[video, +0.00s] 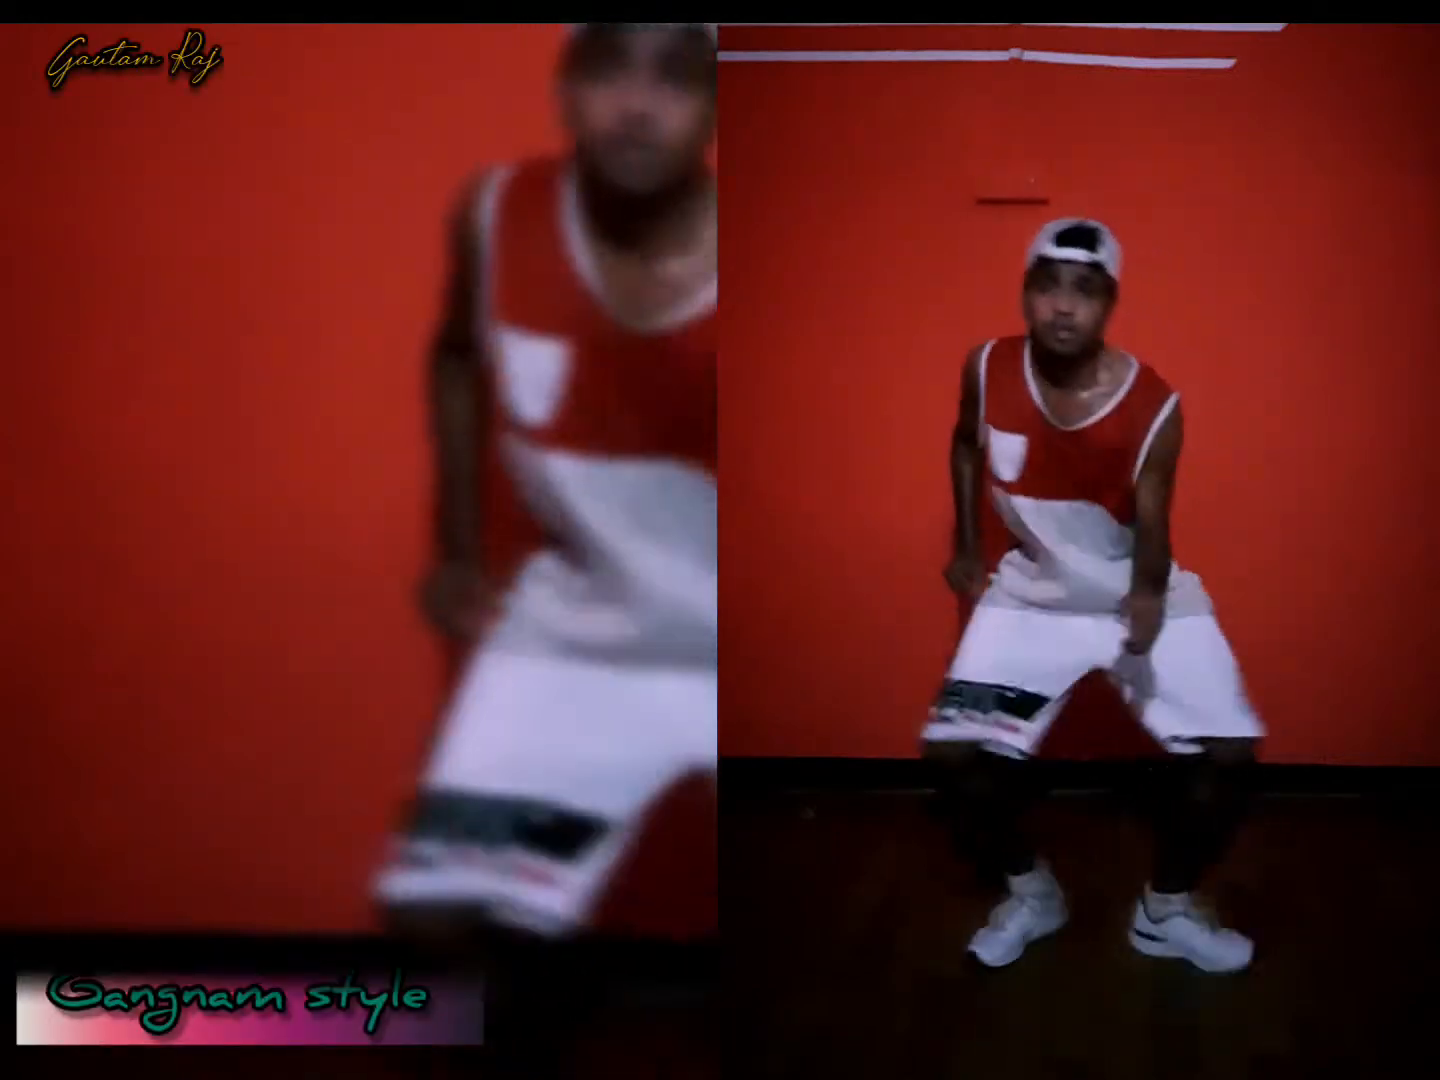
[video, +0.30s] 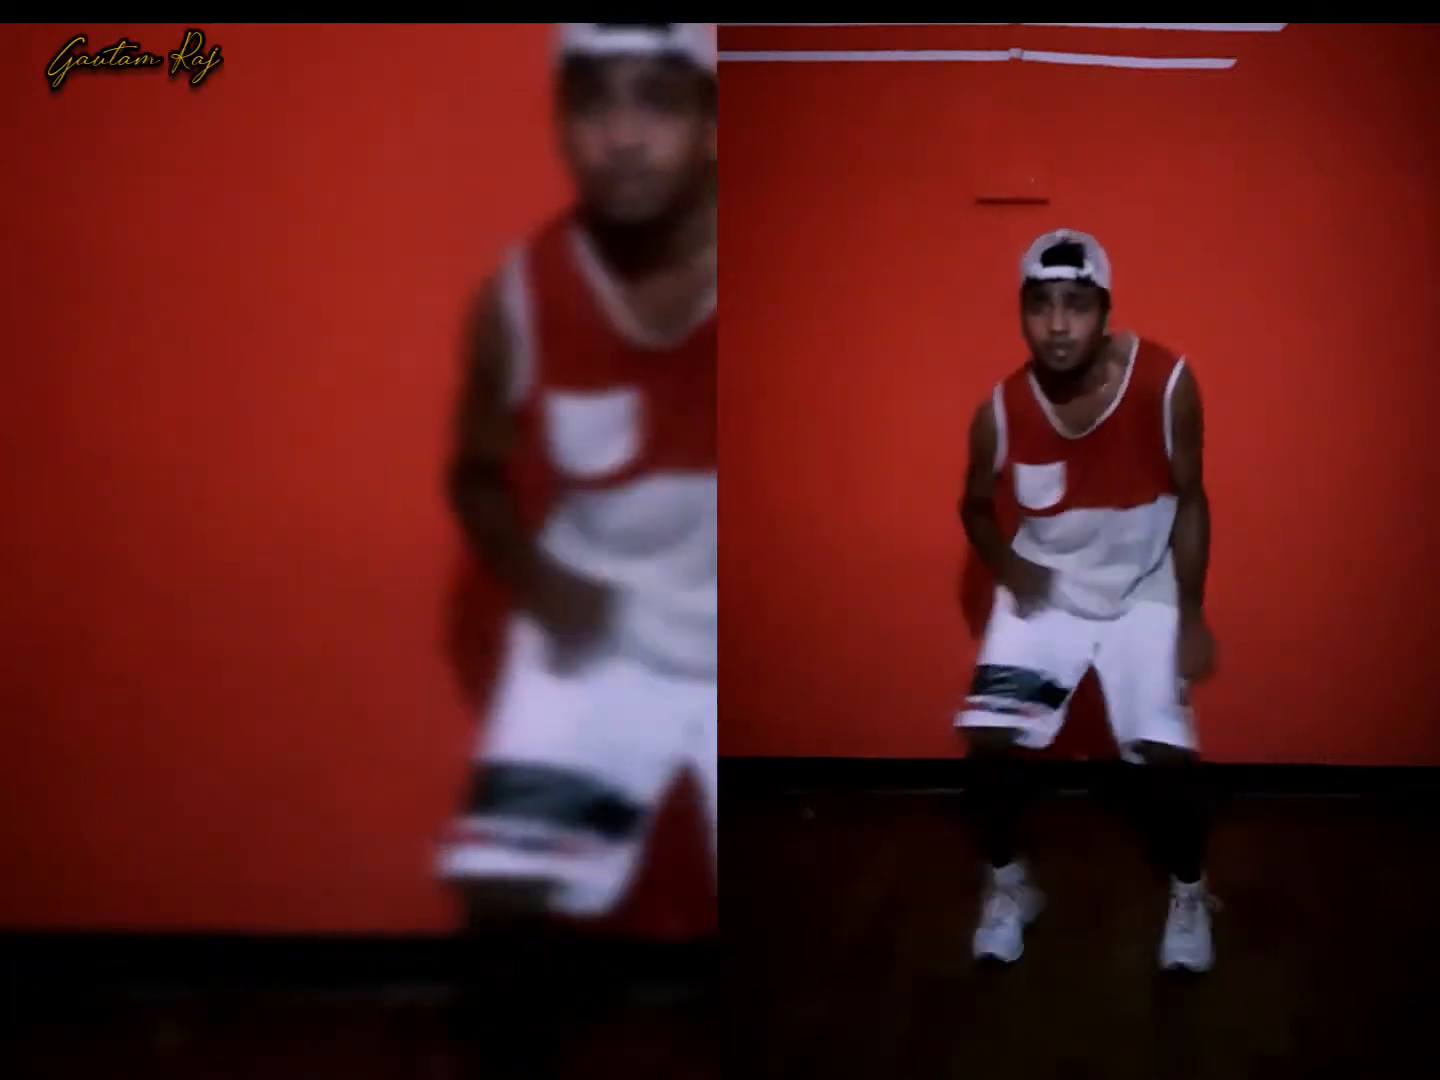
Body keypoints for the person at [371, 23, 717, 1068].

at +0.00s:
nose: (634, 106)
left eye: (673, 76)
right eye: (606, 71)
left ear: (717, 107)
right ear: (566, 90)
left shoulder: (759, 248)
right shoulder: (498, 219)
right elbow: (461, 360)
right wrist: (458, 553)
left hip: (722, 649)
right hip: (560, 628)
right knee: (454, 904)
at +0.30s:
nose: (623, 134)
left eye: (656, 103)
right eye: (595, 104)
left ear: (709, 130)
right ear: (562, 130)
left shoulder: (763, 277)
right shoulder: (526, 294)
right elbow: (475, 477)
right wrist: (537, 581)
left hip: (748, 645)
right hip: (597, 636)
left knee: (768, 915)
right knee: (506, 896)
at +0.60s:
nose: (741, 157)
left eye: (755, 129)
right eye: (721, 128)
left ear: (799, 145)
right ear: (690, 143)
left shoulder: (848, 294)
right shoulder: (615, 298)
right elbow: (551, 556)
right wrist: (572, 506)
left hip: (783, 669)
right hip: (617, 665)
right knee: (413, 899)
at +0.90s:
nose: (648, 131)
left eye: (679, 98)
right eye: (616, 97)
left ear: (719, 120)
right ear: (573, 112)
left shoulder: (756, 250)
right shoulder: (506, 256)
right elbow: (485, 446)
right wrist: (466, 641)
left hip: (730, 606)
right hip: (586, 601)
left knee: (731, 895)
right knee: (544, 883)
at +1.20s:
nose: (623, 126)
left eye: (654, 92)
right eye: (591, 96)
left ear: (706, 112)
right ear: (558, 121)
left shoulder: (766, 273)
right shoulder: (492, 254)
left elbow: (813, 501)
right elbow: (507, 408)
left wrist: (701, 653)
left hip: (745, 608)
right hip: (579, 586)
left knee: (779, 885)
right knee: (533, 883)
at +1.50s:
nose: (564, 186)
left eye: (599, 155)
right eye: (536, 153)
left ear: (647, 173)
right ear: (498, 170)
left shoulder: (720, 323)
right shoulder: (466, 280)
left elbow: (788, 491)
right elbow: (459, 438)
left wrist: (727, 599)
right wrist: (469, 524)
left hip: (697, 653)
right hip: (541, 647)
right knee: (405, 912)